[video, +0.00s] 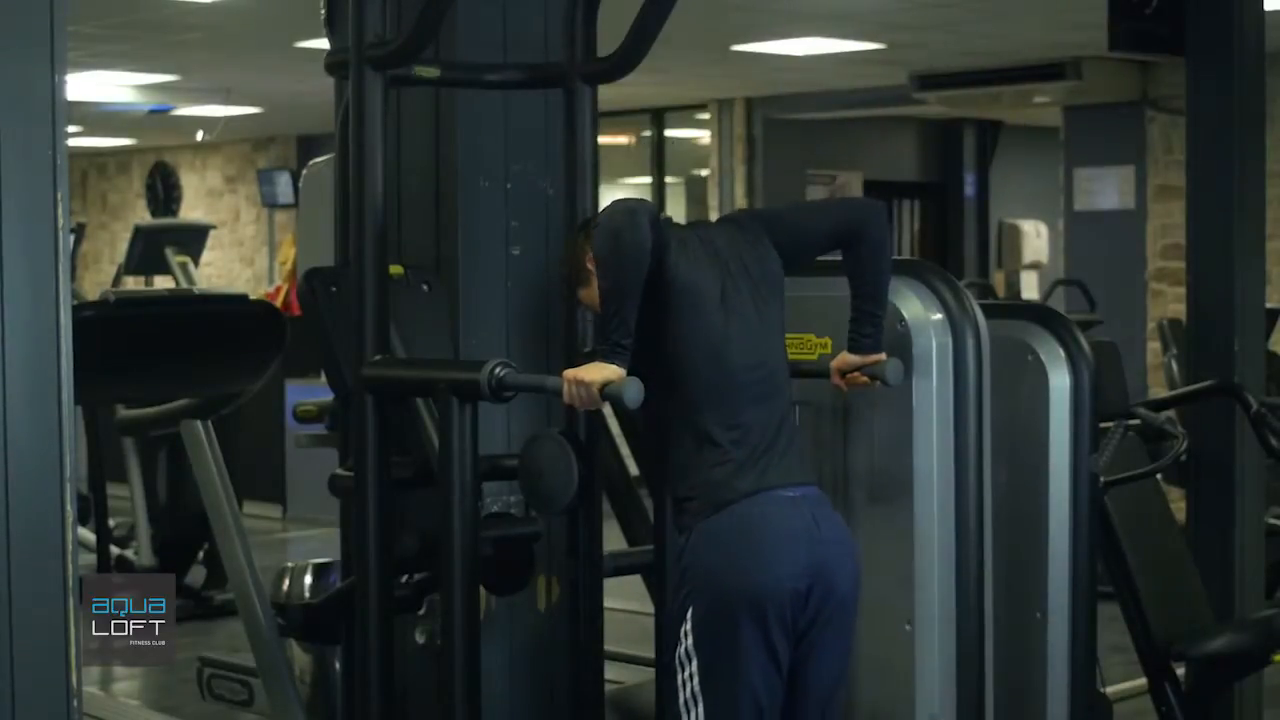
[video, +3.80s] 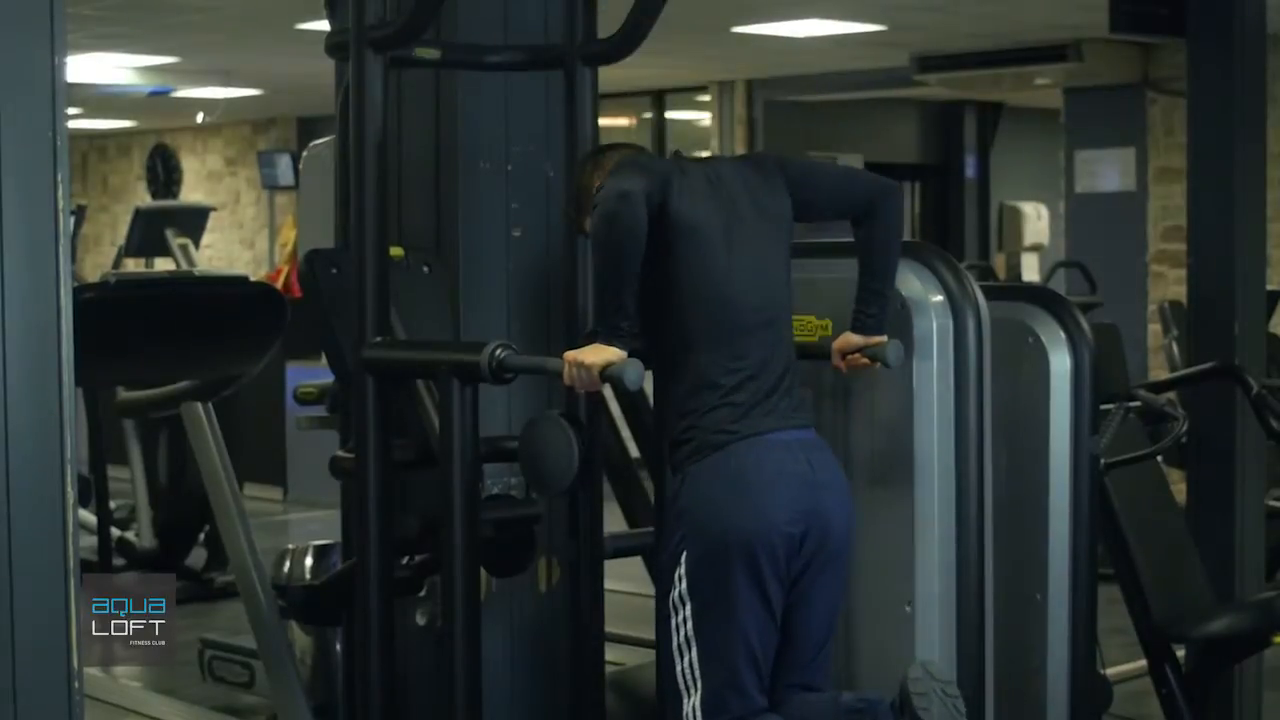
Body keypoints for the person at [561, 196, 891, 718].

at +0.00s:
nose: (600, 310)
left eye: (592, 297)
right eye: (593, 304)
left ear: (596, 262)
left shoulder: (639, 248)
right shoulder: (747, 233)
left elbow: (628, 215)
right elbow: (867, 216)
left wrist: (611, 352)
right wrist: (866, 341)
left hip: (728, 537)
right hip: (815, 517)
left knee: (723, 705)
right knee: (816, 707)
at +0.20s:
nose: (592, 235)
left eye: (591, 222)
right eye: (588, 227)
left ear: (605, 200)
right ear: (655, 170)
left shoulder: (633, 195)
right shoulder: (755, 187)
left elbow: (626, 221)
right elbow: (874, 214)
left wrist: (611, 352)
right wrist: (868, 342)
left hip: (725, 483)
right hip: (811, 465)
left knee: (720, 702)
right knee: (805, 698)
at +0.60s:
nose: (612, 140)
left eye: (604, 124)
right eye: (604, 131)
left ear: (616, 89)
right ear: (673, 72)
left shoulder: (647, 106)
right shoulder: (772, 111)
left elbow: (638, 217)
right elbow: (861, 209)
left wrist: (612, 351)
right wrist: (866, 340)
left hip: (715, 398)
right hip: (804, 386)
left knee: (699, 650)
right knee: (771, 616)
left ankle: (870, 700)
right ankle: (867, 633)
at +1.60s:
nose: (595, 225)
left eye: (591, 215)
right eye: (589, 220)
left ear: (604, 189)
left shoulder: (638, 183)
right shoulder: (759, 184)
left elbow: (619, 224)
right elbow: (877, 210)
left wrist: (613, 348)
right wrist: (870, 338)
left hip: (723, 489)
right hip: (809, 471)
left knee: (714, 704)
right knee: (799, 701)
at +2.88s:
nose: (608, 132)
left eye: (601, 117)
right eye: (600, 125)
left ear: (611, 80)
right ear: (670, 58)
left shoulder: (644, 93)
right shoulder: (772, 99)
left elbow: (634, 202)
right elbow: (861, 196)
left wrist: (613, 340)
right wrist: (867, 328)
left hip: (718, 384)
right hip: (807, 375)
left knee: (704, 639)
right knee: (772, 604)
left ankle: (885, 690)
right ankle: (874, 614)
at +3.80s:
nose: (597, 223)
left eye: (594, 212)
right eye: (591, 220)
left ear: (606, 182)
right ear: (648, 155)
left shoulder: (634, 173)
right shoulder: (761, 172)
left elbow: (622, 209)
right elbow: (880, 197)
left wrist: (610, 334)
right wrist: (868, 325)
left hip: (723, 483)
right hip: (812, 465)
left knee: (722, 706)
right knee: (798, 696)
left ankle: (894, 708)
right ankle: (899, 708)